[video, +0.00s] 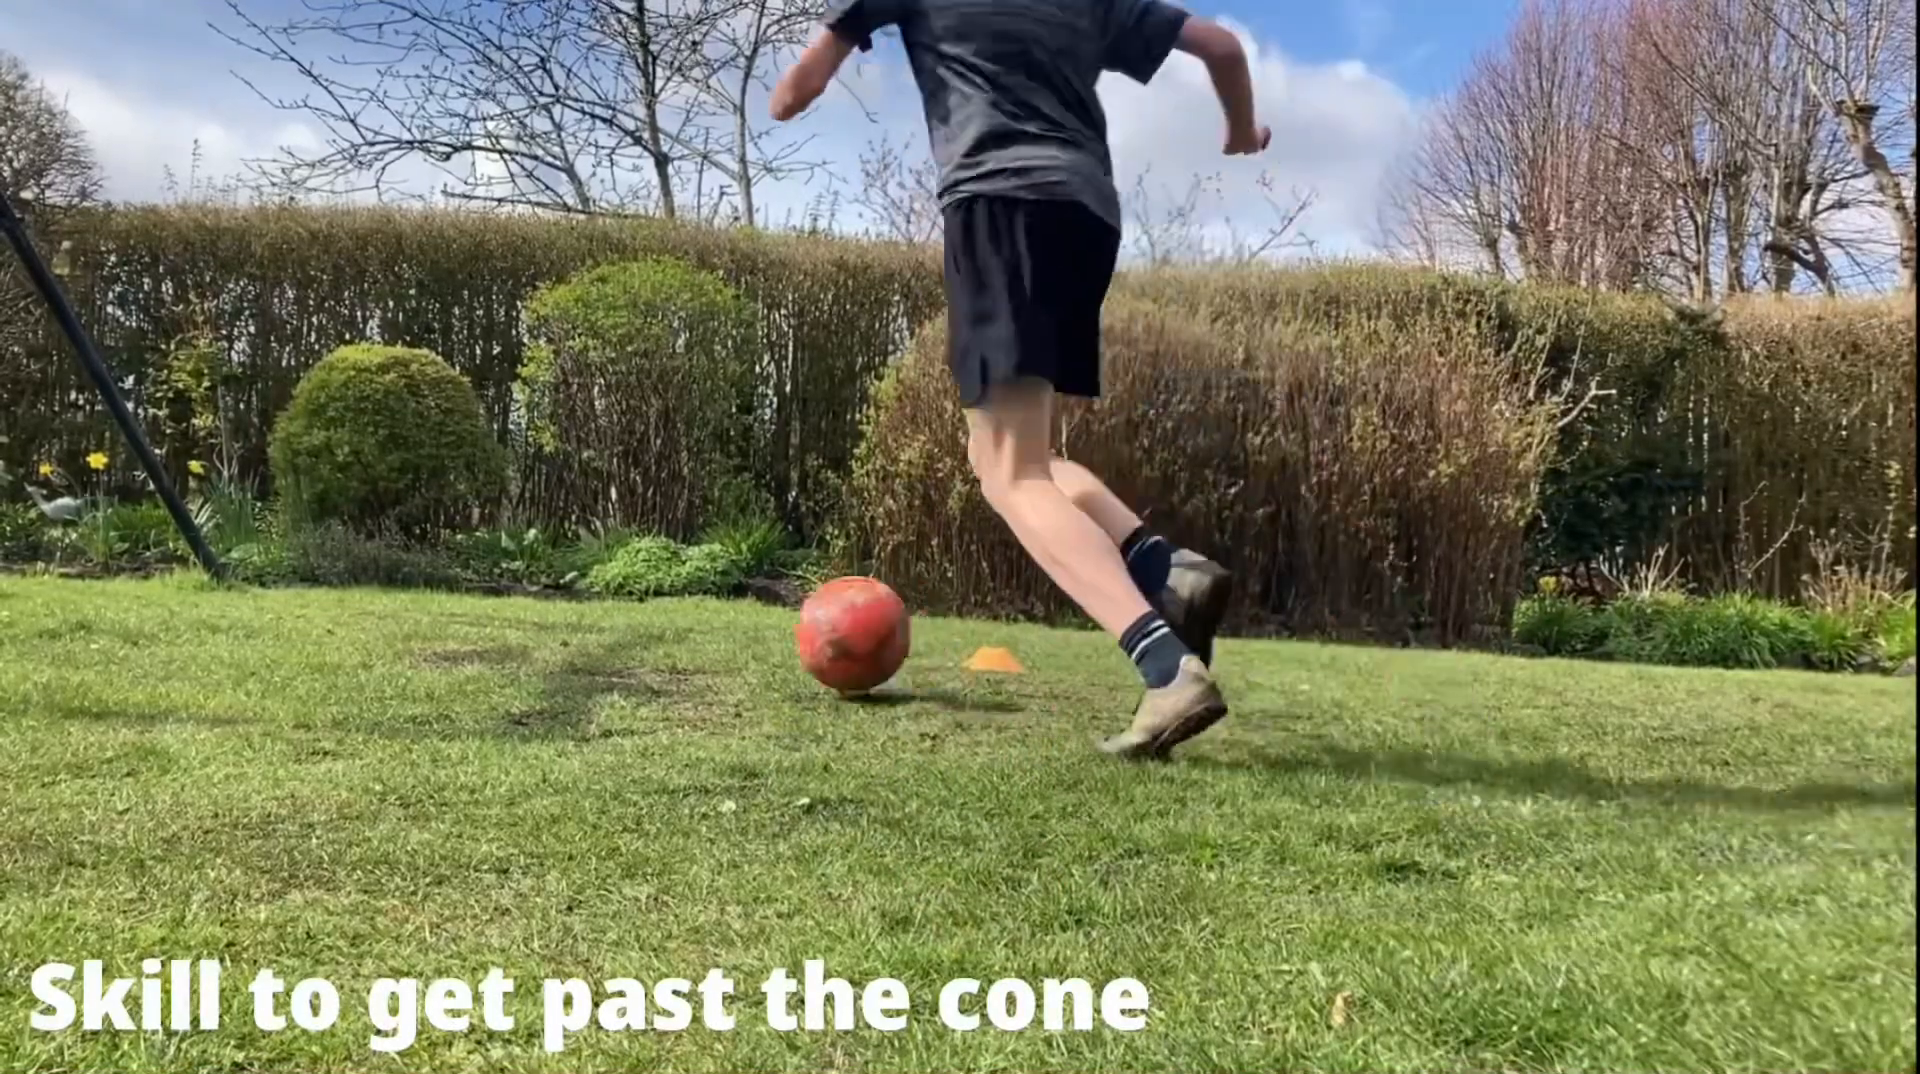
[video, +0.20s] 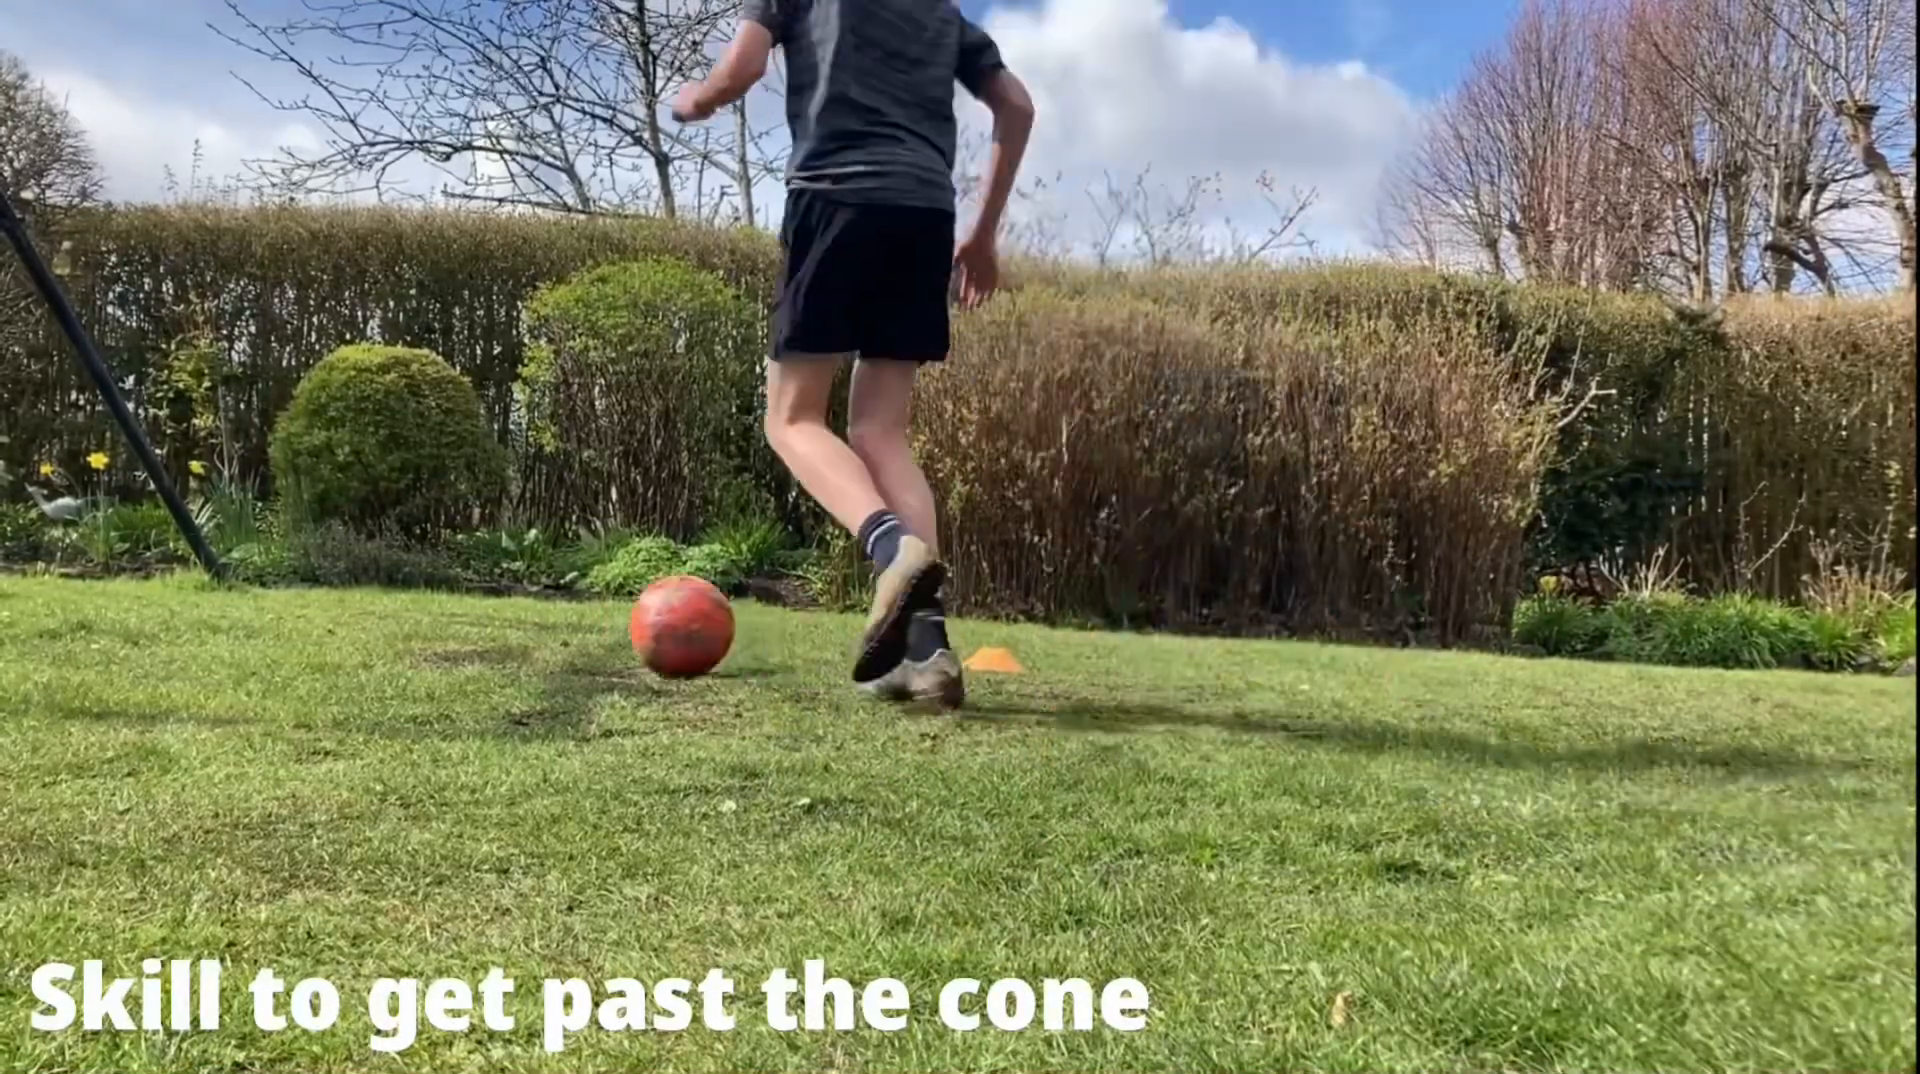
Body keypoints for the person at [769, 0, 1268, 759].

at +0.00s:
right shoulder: (1093, 2)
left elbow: (802, 80)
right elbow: (1224, 45)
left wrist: (786, 97)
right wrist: (1242, 124)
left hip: (1000, 196)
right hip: (1091, 206)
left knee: (1016, 473)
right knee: (1015, 454)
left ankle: (1171, 674)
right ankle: (1167, 571)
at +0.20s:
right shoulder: (943, 13)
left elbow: (738, 72)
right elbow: (1017, 106)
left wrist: (696, 97)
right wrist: (984, 231)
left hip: (835, 201)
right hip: (927, 209)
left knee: (793, 418)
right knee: (882, 429)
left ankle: (889, 546)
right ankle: (926, 649)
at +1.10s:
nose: (628, 179)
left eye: (634, 169)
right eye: (624, 163)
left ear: (591, 151)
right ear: (588, 145)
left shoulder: (552, 211)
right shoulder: (525, 194)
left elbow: (500, 282)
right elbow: (430, 265)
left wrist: (536, 337)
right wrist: (472, 363)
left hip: (467, 346)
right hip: (437, 349)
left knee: (488, 483)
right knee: (555, 454)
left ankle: (404, 582)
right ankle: (478, 580)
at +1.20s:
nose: (613, 138)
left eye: (622, 129)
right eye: (607, 121)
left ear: (624, 131)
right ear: (569, 106)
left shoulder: (573, 189)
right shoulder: (503, 164)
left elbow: (544, 274)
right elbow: (404, 224)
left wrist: (596, 319)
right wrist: (416, 323)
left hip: (491, 342)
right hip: (455, 337)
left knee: (473, 481)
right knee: (534, 445)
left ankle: (405, 581)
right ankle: (470, 560)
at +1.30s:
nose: (600, 88)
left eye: (609, 78)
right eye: (590, 70)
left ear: (611, 83)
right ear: (553, 63)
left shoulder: (581, 151)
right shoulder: (490, 129)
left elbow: (550, 244)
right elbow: (405, 206)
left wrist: (612, 263)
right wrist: (430, 301)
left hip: (517, 326)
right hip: (457, 318)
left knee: (516, 481)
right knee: (494, 472)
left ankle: (437, 548)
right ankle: (433, 568)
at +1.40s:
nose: (582, 75)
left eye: (591, 65)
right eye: (571, 59)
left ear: (594, 70)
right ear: (534, 55)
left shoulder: (585, 144)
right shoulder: (484, 130)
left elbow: (579, 225)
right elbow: (426, 234)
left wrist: (635, 232)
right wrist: (500, 280)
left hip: (535, 325)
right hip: (458, 321)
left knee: (564, 464)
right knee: (471, 482)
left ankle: (499, 535)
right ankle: (427, 577)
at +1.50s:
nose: (589, 53)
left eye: (599, 43)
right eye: (577, 37)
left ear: (604, 50)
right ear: (541, 34)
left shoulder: (603, 119)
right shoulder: (500, 105)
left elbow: (626, 195)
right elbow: (467, 183)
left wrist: (665, 184)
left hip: (555, 306)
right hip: (475, 308)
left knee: (597, 393)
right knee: (463, 479)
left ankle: (581, 568)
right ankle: (425, 575)